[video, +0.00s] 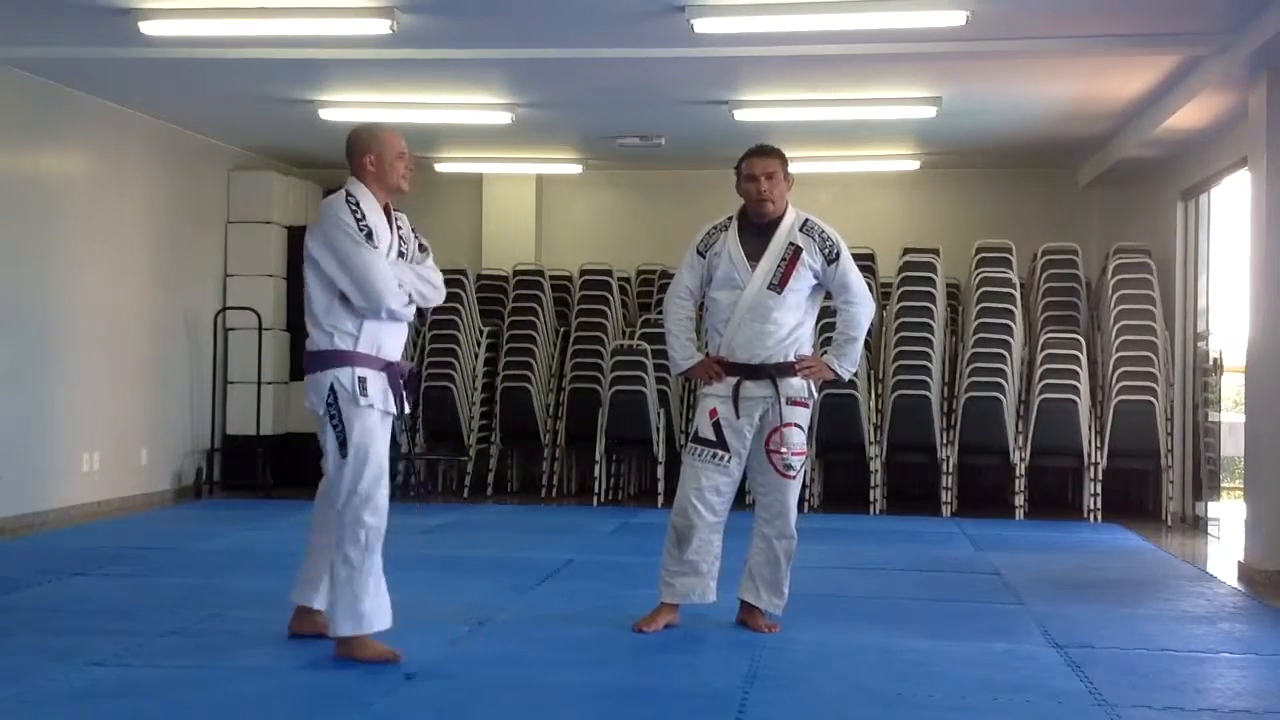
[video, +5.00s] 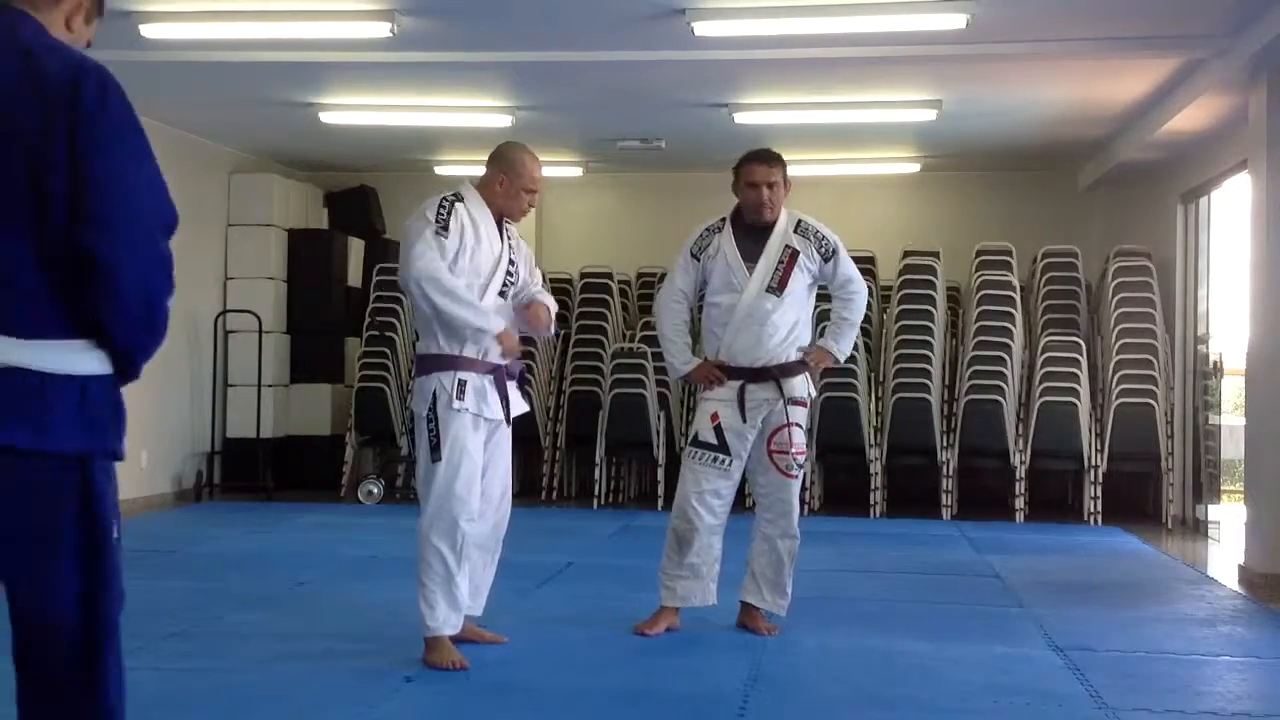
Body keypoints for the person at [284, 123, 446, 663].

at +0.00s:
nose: (411, 165)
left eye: (409, 157)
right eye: (402, 156)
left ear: (377, 165)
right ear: (369, 164)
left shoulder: (395, 223)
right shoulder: (341, 212)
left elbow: (435, 288)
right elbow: (380, 294)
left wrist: (387, 269)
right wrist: (418, 290)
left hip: (379, 374)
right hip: (347, 373)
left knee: (342, 493)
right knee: (364, 501)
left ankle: (309, 609)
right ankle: (356, 633)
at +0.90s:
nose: (433, 159)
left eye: (431, 150)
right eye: (423, 151)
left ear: (399, 156)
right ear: (391, 157)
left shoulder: (421, 212)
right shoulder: (360, 213)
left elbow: (455, 275)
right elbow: (402, 303)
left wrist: (406, 273)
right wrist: (438, 284)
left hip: (406, 375)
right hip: (360, 376)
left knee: (423, 490)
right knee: (363, 502)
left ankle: (374, 602)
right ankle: (348, 635)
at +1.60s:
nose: (502, 180)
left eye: (502, 170)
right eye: (497, 170)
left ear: (472, 171)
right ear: (466, 171)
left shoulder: (489, 224)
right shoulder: (416, 221)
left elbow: (525, 288)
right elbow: (451, 300)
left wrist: (465, 276)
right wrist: (499, 300)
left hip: (484, 375)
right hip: (432, 372)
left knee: (485, 494)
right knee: (432, 485)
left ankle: (455, 614)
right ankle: (378, 619)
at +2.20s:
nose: (537, 191)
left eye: (539, 181)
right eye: (534, 180)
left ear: (509, 174)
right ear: (505, 174)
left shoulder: (512, 232)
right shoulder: (452, 215)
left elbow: (549, 305)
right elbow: (483, 299)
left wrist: (541, 289)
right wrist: (526, 308)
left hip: (499, 388)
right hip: (454, 386)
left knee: (497, 507)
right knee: (453, 508)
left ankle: (466, 617)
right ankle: (439, 633)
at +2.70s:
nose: (545, 191)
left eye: (546, 181)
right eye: (541, 180)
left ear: (514, 176)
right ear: (513, 176)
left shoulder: (514, 236)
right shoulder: (462, 215)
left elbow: (524, 318)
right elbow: (456, 303)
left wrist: (573, 355)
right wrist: (480, 381)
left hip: (506, 385)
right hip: (460, 382)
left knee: (497, 506)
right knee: (455, 508)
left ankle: (466, 617)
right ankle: (439, 632)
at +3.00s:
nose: (546, 199)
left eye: (548, 189)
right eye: (542, 188)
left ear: (517, 182)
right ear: (512, 180)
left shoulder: (507, 235)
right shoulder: (463, 212)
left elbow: (524, 303)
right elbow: (434, 293)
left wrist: (561, 274)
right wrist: (453, 371)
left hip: (504, 389)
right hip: (466, 385)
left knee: (494, 509)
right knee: (457, 508)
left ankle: (463, 617)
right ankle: (438, 631)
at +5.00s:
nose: (533, 203)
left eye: (537, 192)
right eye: (528, 191)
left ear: (508, 185)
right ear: (499, 181)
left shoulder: (512, 242)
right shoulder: (443, 210)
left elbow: (536, 293)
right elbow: (422, 273)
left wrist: (540, 309)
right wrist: (495, 326)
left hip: (497, 389)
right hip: (451, 385)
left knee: (491, 508)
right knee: (450, 507)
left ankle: (463, 618)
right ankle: (439, 632)